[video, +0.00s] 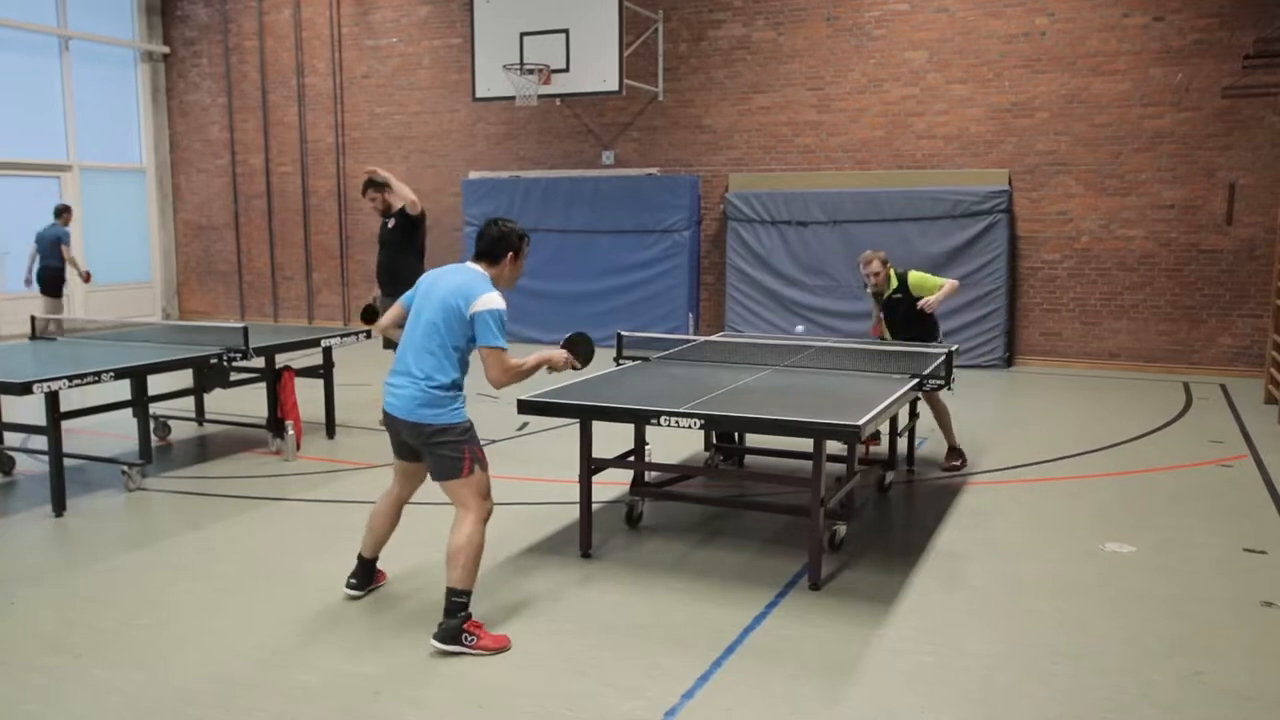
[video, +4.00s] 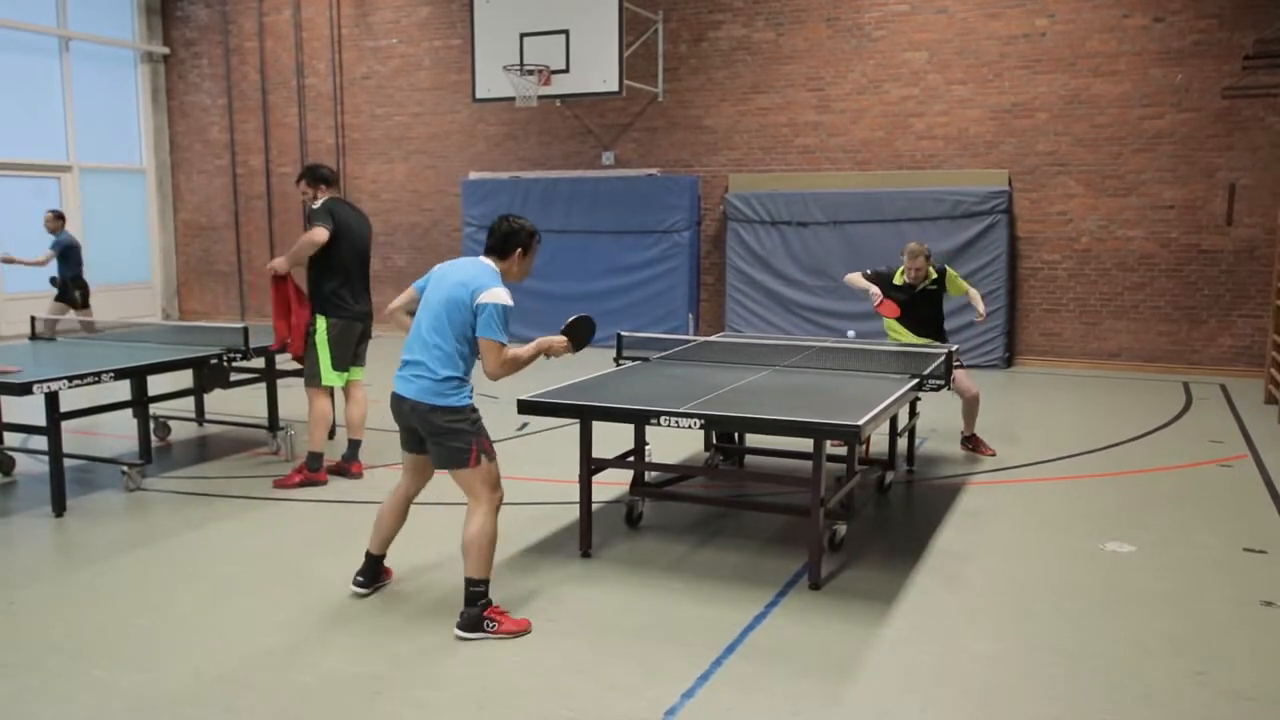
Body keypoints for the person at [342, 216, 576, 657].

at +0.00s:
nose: (520, 271)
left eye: (522, 263)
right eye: (522, 262)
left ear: (479, 252)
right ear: (509, 258)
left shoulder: (434, 276)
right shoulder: (485, 295)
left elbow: (386, 325)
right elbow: (500, 375)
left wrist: (429, 344)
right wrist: (546, 357)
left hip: (398, 405)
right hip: (438, 413)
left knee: (403, 484)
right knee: (475, 507)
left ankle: (361, 573)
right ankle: (455, 624)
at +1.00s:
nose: (523, 238)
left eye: (523, 230)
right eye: (523, 230)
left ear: (477, 226)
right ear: (511, 230)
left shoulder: (428, 256)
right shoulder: (504, 275)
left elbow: (385, 314)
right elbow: (519, 355)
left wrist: (426, 332)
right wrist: (558, 348)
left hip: (402, 392)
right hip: (458, 397)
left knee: (413, 491)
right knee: (503, 483)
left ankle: (424, 598)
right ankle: (504, 594)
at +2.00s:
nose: (389, 277)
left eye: (389, 267)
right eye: (387, 268)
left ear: (340, 266)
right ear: (367, 269)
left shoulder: (300, 297)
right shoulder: (342, 324)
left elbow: (291, 373)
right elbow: (332, 417)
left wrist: (355, 382)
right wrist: (404, 442)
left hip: (251, 449)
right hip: (295, 457)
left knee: (267, 536)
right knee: (374, 548)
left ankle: (196, 635)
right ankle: (363, 683)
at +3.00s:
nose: (539, 368)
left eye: (541, 359)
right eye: (541, 359)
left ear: (499, 345)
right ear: (531, 356)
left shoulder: (454, 352)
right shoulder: (513, 383)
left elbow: (387, 363)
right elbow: (526, 461)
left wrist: (391, 419)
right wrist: (545, 421)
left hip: (374, 446)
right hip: (416, 456)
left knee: (413, 494)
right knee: (506, 520)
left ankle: (378, 579)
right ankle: (502, 639)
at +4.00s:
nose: (532, 266)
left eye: (533, 258)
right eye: (531, 257)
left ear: (492, 250)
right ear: (517, 254)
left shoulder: (446, 268)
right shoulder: (492, 287)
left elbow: (396, 310)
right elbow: (497, 367)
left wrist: (438, 337)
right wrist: (540, 347)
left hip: (407, 396)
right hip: (445, 403)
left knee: (411, 480)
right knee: (486, 496)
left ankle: (369, 571)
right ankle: (476, 610)